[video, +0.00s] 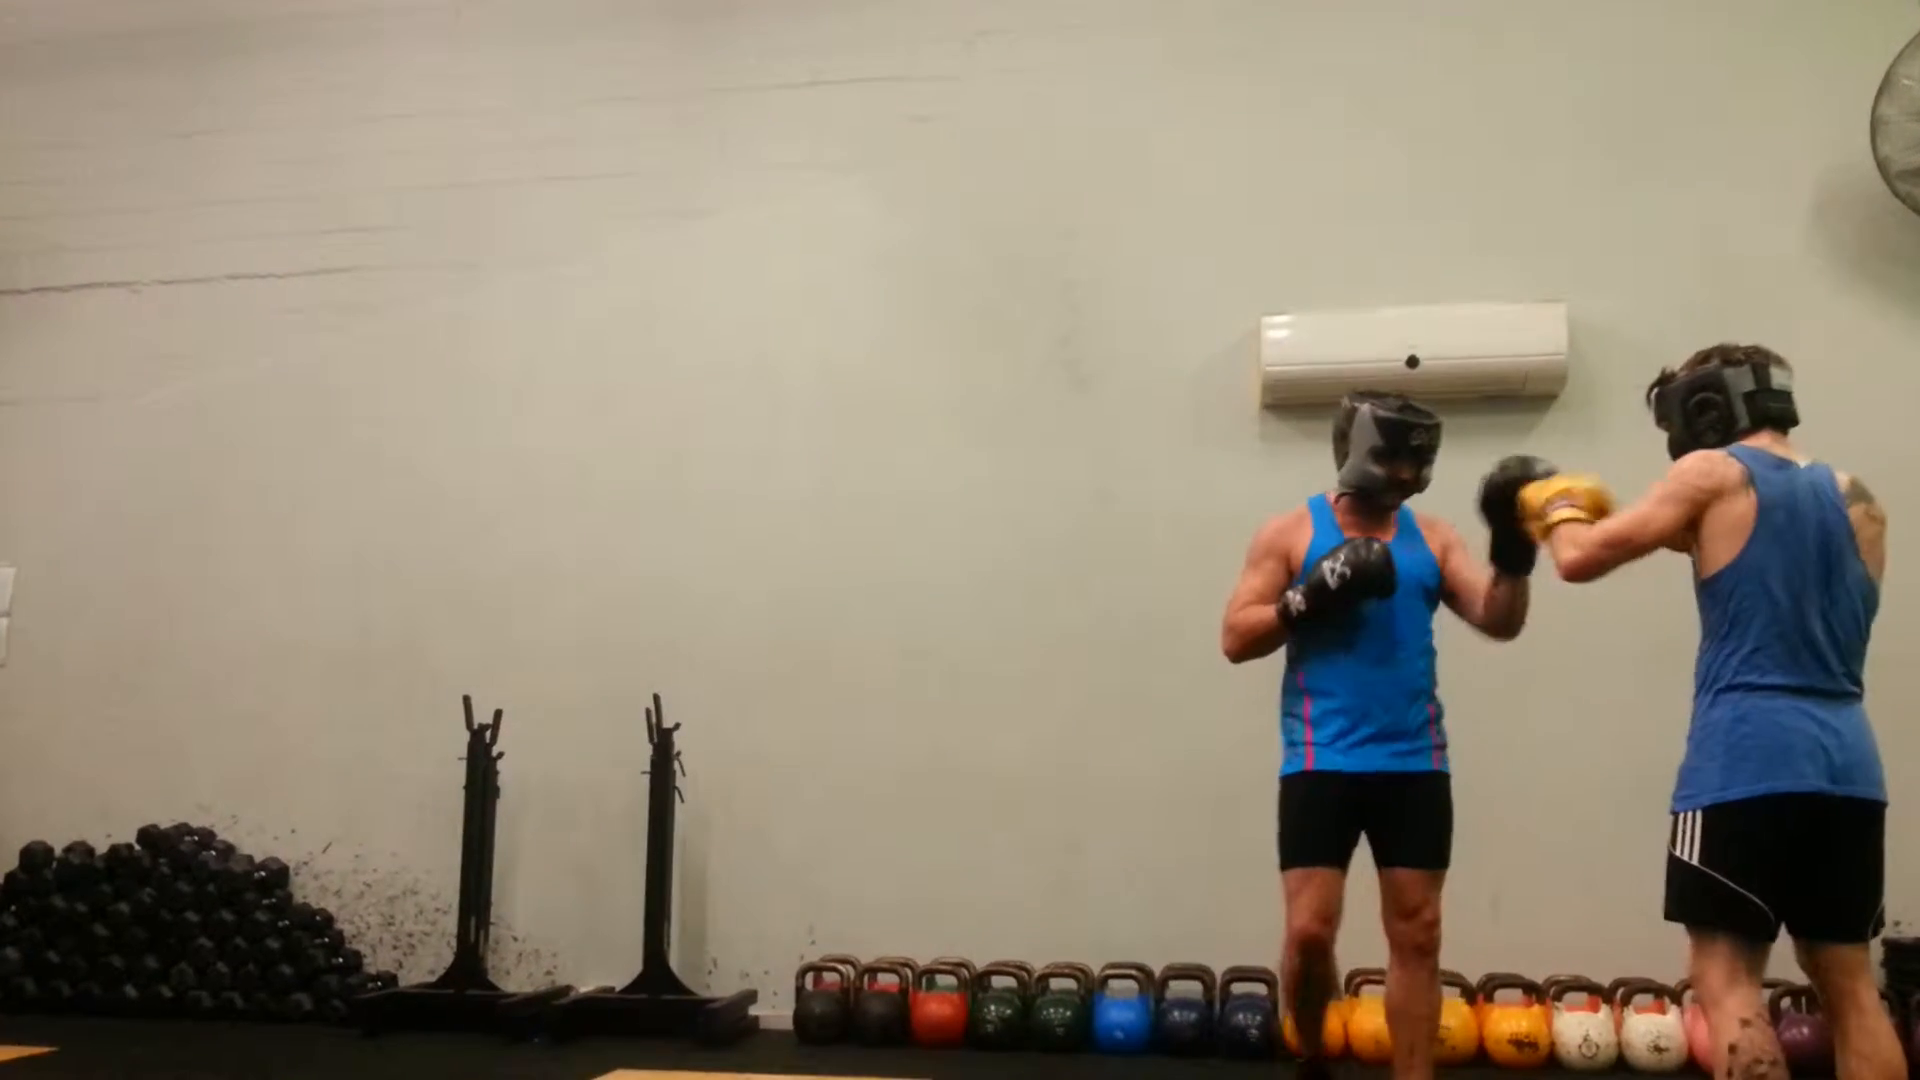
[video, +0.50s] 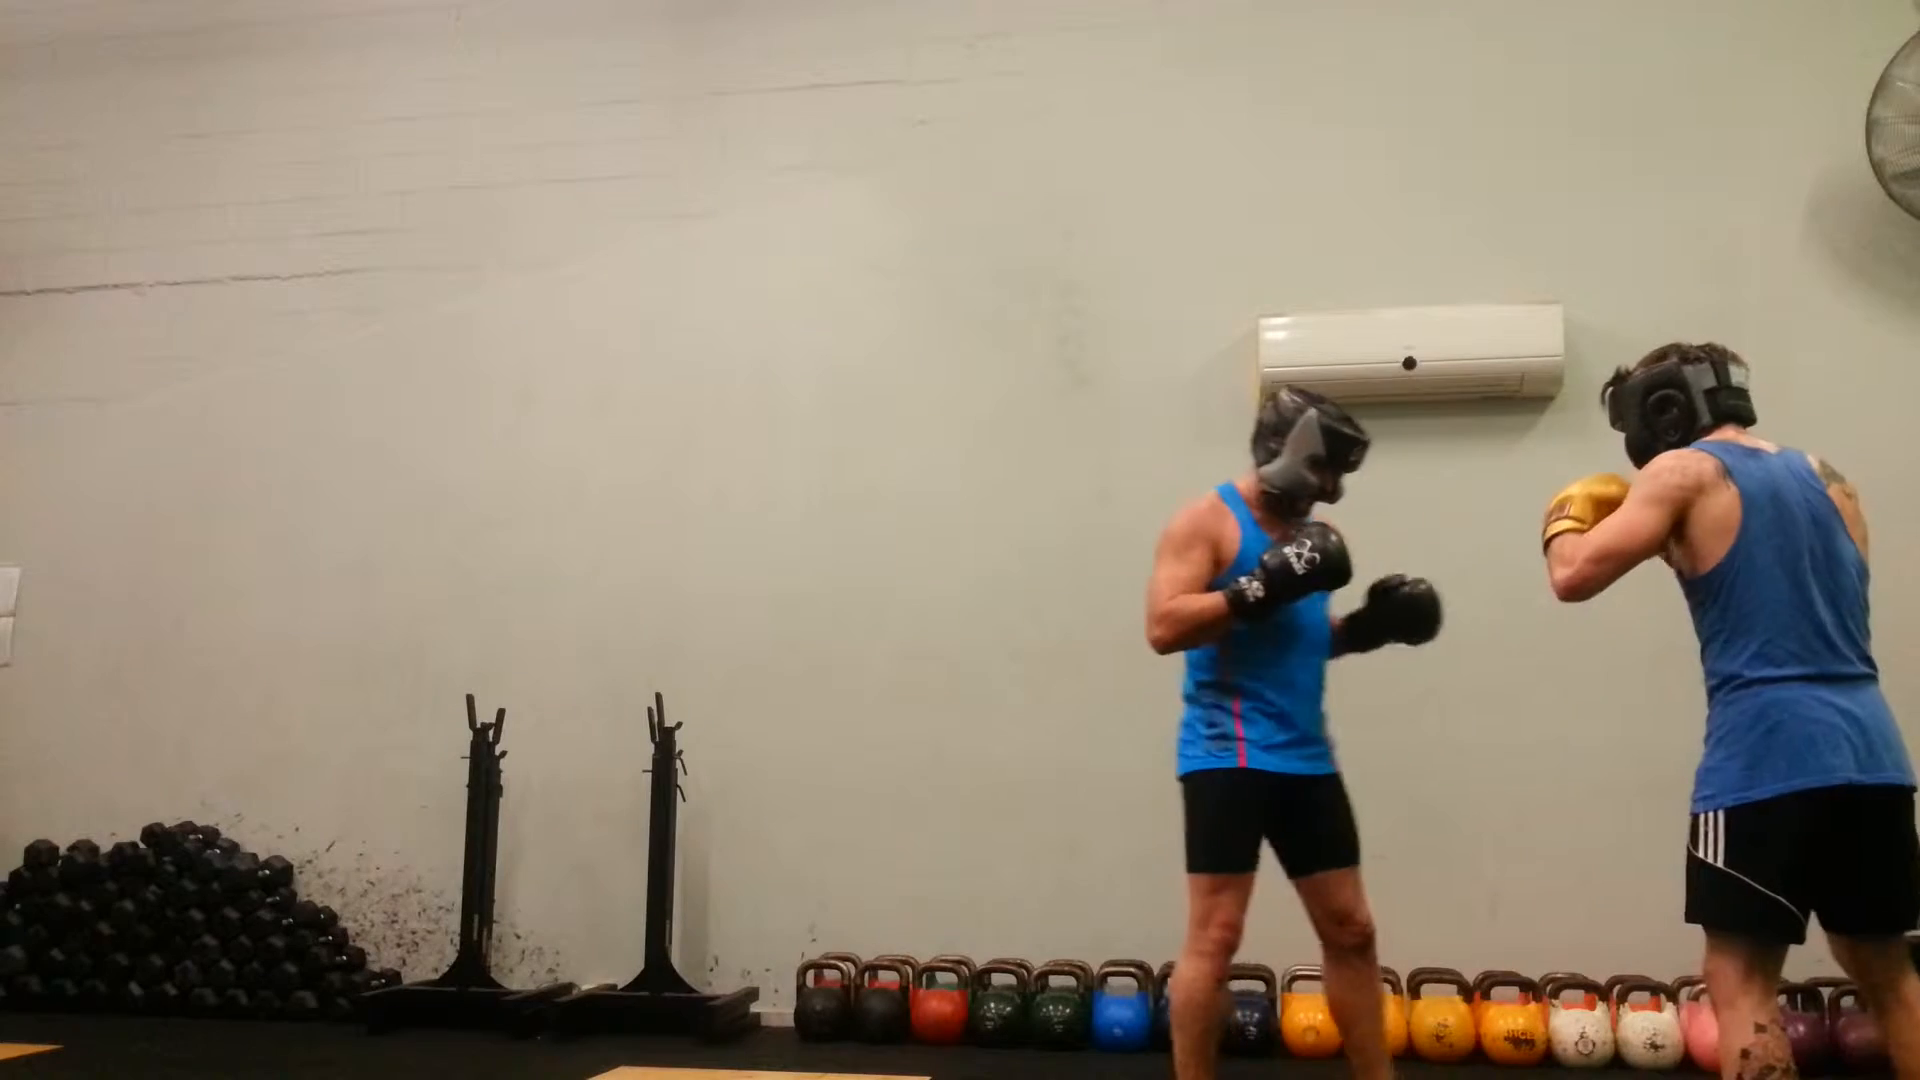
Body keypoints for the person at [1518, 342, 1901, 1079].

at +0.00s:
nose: (1678, 442)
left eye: (1680, 426)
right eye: (1675, 429)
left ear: (1710, 415)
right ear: (1781, 412)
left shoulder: (1711, 472)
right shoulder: (1859, 504)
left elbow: (1576, 556)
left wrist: (1561, 504)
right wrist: (1695, 524)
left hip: (1742, 769)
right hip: (1850, 772)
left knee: (1725, 977)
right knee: (1848, 976)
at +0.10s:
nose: (1671, 439)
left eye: (1674, 424)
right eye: (1668, 427)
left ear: (1700, 414)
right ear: (1770, 408)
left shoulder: (1701, 472)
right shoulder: (1855, 499)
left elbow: (1564, 558)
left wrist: (1557, 506)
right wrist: (1678, 523)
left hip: (1739, 768)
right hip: (1848, 770)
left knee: (1727, 977)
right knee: (1846, 976)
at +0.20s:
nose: (1657, 438)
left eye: (1659, 424)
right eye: (1654, 427)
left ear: (1684, 414)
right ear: (1757, 408)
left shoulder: (1686, 474)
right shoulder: (1846, 493)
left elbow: (1557, 569)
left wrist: (1543, 520)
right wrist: (1675, 526)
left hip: (1740, 767)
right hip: (1851, 767)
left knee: (1729, 976)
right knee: (1847, 974)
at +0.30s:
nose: (1635, 445)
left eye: (1637, 429)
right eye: (1635, 430)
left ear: (1667, 415)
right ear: (1742, 409)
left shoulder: (1672, 477)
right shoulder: (1832, 488)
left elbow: (1558, 584)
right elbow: (1829, 592)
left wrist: (1543, 544)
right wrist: (1661, 532)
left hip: (1749, 765)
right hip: (1860, 763)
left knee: (1733, 977)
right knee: (1857, 974)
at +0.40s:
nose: (1630, 455)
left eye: (1631, 438)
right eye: (1628, 441)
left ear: (1658, 419)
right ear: (1730, 409)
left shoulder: (1671, 477)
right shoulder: (1828, 482)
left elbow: (1562, 586)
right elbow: (1834, 590)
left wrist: (1547, 536)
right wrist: (1665, 526)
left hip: (1757, 766)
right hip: (1869, 761)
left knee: (1736, 985)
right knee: (1872, 976)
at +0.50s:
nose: (1637, 454)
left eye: (1638, 439)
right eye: (1636, 442)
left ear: (1663, 418)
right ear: (1735, 406)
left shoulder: (1682, 472)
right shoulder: (1832, 480)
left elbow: (1572, 575)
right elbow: (1839, 584)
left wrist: (1561, 518)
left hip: (1763, 766)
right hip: (1875, 762)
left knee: (1741, 988)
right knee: (1892, 977)